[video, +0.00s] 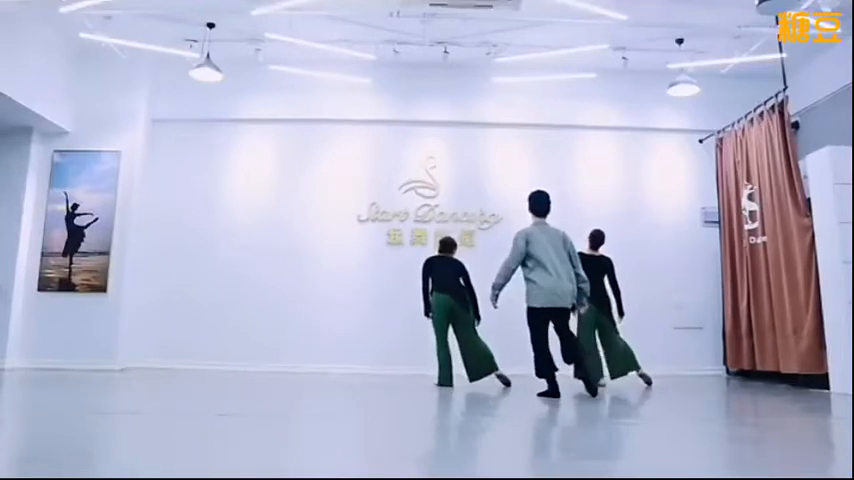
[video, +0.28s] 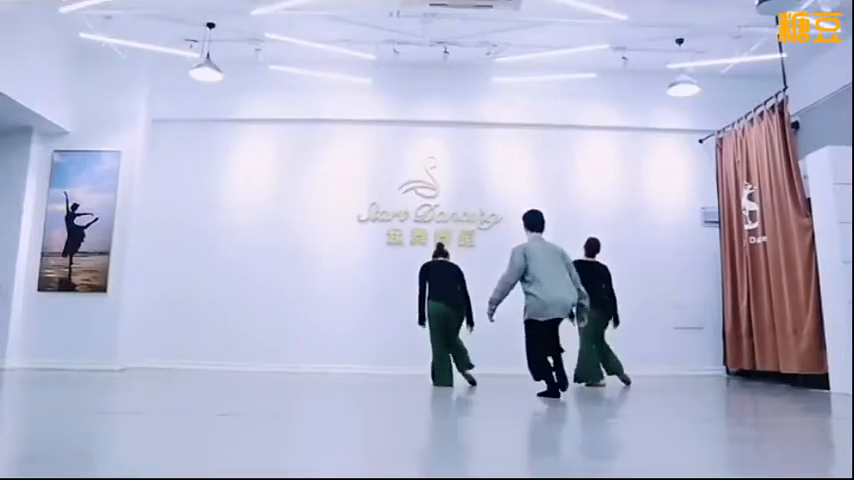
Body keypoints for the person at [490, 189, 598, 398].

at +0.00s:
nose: (531, 209)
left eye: (530, 205)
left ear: (530, 208)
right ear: (549, 208)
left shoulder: (524, 235)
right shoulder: (561, 236)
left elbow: (511, 264)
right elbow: (579, 270)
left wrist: (496, 287)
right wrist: (583, 296)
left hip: (538, 301)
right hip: (564, 300)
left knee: (540, 344)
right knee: (565, 332)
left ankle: (552, 387)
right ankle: (582, 368)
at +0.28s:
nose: (526, 228)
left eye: (525, 225)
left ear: (525, 226)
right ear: (543, 226)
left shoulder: (522, 250)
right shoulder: (558, 251)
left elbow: (510, 279)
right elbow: (576, 280)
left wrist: (493, 303)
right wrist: (583, 305)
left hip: (539, 305)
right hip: (564, 303)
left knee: (535, 349)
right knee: (551, 335)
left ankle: (551, 386)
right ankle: (559, 370)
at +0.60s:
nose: (517, 234)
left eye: (518, 231)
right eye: (518, 232)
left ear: (521, 231)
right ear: (537, 230)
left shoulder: (519, 248)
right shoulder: (552, 248)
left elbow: (511, 280)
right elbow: (565, 280)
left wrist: (503, 306)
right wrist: (569, 311)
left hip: (534, 303)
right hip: (559, 303)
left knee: (531, 344)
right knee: (529, 341)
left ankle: (551, 385)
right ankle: (525, 368)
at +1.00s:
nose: (513, 203)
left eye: (513, 200)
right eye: (516, 199)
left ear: (514, 200)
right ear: (532, 200)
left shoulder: (510, 222)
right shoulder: (544, 226)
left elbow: (503, 253)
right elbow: (552, 262)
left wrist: (497, 278)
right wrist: (553, 290)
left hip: (519, 287)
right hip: (542, 288)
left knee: (526, 335)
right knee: (530, 335)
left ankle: (546, 376)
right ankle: (517, 380)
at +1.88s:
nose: (498, 191)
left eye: (496, 187)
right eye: (506, 187)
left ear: (495, 190)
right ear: (514, 191)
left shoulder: (488, 218)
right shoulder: (524, 222)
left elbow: (478, 250)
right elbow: (530, 257)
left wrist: (469, 273)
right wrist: (530, 285)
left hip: (494, 282)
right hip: (518, 282)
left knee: (500, 329)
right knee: (513, 331)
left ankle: (513, 371)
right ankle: (507, 382)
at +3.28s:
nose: (474, 191)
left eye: (468, 186)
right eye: (479, 186)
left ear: (464, 188)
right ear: (484, 189)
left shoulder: (456, 217)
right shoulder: (493, 220)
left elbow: (447, 249)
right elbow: (501, 256)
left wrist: (438, 272)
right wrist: (501, 284)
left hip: (462, 283)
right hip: (486, 283)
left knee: (468, 329)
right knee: (481, 330)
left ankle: (480, 371)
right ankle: (474, 381)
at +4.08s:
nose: (455, 194)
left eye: (449, 190)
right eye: (460, 190)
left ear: (445, 192)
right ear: (464, 193)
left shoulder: (438, 221)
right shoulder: (472, 223)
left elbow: (428, 252)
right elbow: (485, 256)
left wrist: (418, 276)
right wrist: (492, 281)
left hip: (444, 290)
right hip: (468, 289)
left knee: (445, 334)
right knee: (469, 332)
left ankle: (459, 376)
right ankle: (476, 375)